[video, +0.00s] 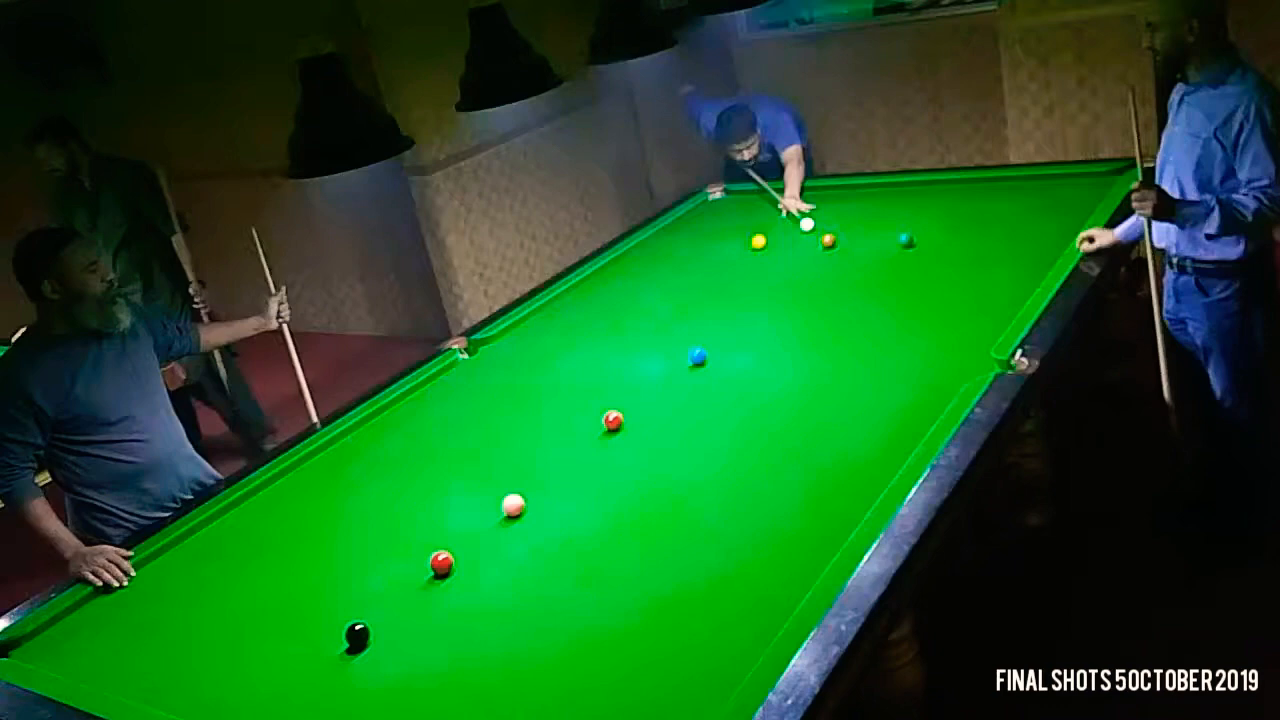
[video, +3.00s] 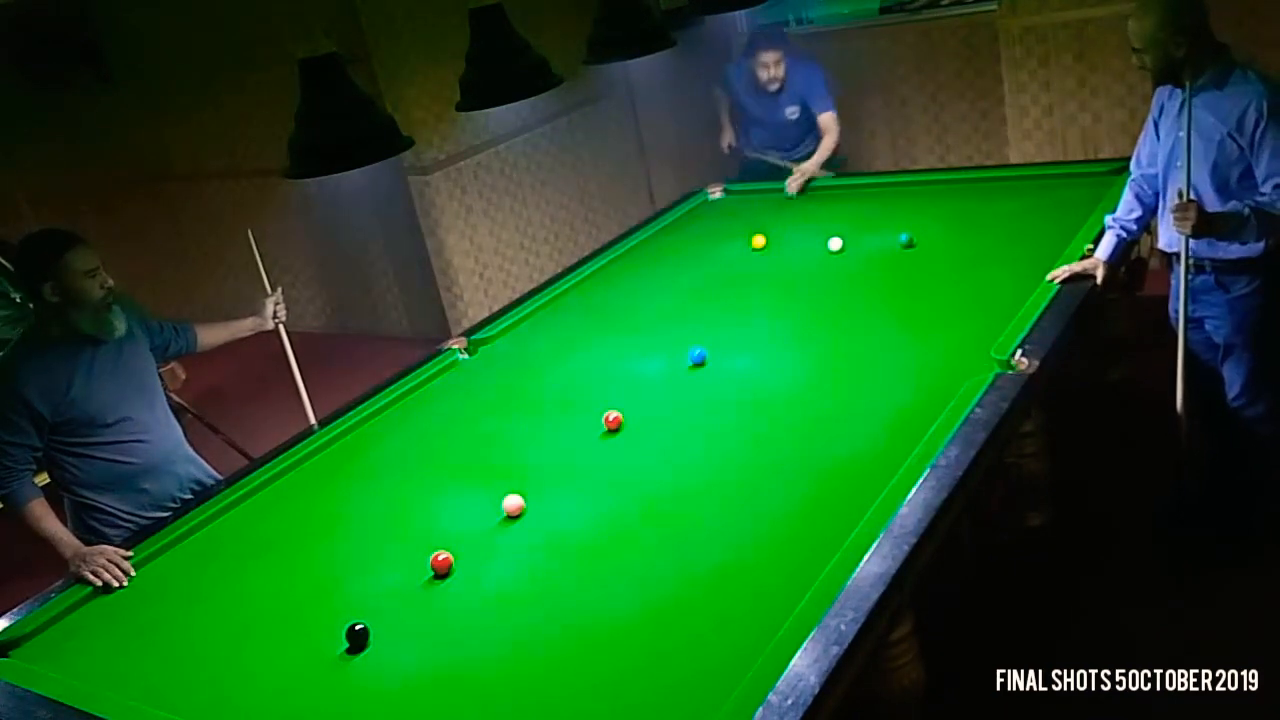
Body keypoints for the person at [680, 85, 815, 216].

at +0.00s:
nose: (746, 156)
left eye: (750, 148)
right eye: (737, 152)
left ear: (758, 134)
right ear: (721, 144)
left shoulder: (777, 121)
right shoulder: (710, 121)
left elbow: (794, 161)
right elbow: (691, 101)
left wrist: (791, 195)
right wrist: (687, 93)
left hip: (777, 157)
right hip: (736, 163)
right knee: (739, 211)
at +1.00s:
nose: (745, 156)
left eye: (750, 147)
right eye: (736, 151)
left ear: (758, 134)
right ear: (722, 142)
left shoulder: (776, 121)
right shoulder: (710, 120)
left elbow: (794, 160)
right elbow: (693, 99)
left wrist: (791, 196)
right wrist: (688, 90)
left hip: (777, 156)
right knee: (738, 210)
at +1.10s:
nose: (744, 155)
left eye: (749, 146)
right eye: (736, 150)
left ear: (758, 133)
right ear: (719, 141)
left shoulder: (777, 121)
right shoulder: (709, 118)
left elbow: (794, 161)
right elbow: (691, 92)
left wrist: (791, 195)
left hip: (778, 156)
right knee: (738, 210)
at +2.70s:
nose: (754, 133)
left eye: (760, 123)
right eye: (746, 126)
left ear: (768, 113)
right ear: (732, 119)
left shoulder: (787, 111)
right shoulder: (720, 105)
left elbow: (797, 158)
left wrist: (792, 195)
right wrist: (724, 142)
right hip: (742, 155)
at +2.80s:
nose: (759, 115)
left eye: (765, 105)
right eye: (751, 108)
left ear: (773, 98)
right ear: (738, 103)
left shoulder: (794, 105)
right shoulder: (726, 96)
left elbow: (801, 151)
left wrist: (794, 192)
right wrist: (726, 135)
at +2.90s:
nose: (765, 95)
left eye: (771, 86)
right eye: (757, 88)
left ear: (779, 80)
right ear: (744, 86)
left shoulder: (800, 92)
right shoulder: (731, 86)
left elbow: (814, 145)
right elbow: (718, 95)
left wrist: (799, 184)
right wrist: (726, 131)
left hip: (793, 165)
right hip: (750, 164)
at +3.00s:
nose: (772, 74)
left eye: (778, 65)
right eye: (764, 67)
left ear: (786, 61)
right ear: (750, 65)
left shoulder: (807, 76)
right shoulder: (736, 76)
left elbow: (831, 131)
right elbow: (720, 91)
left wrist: (811, 166)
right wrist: (726, 127)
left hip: (803, 161)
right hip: (758, 161)